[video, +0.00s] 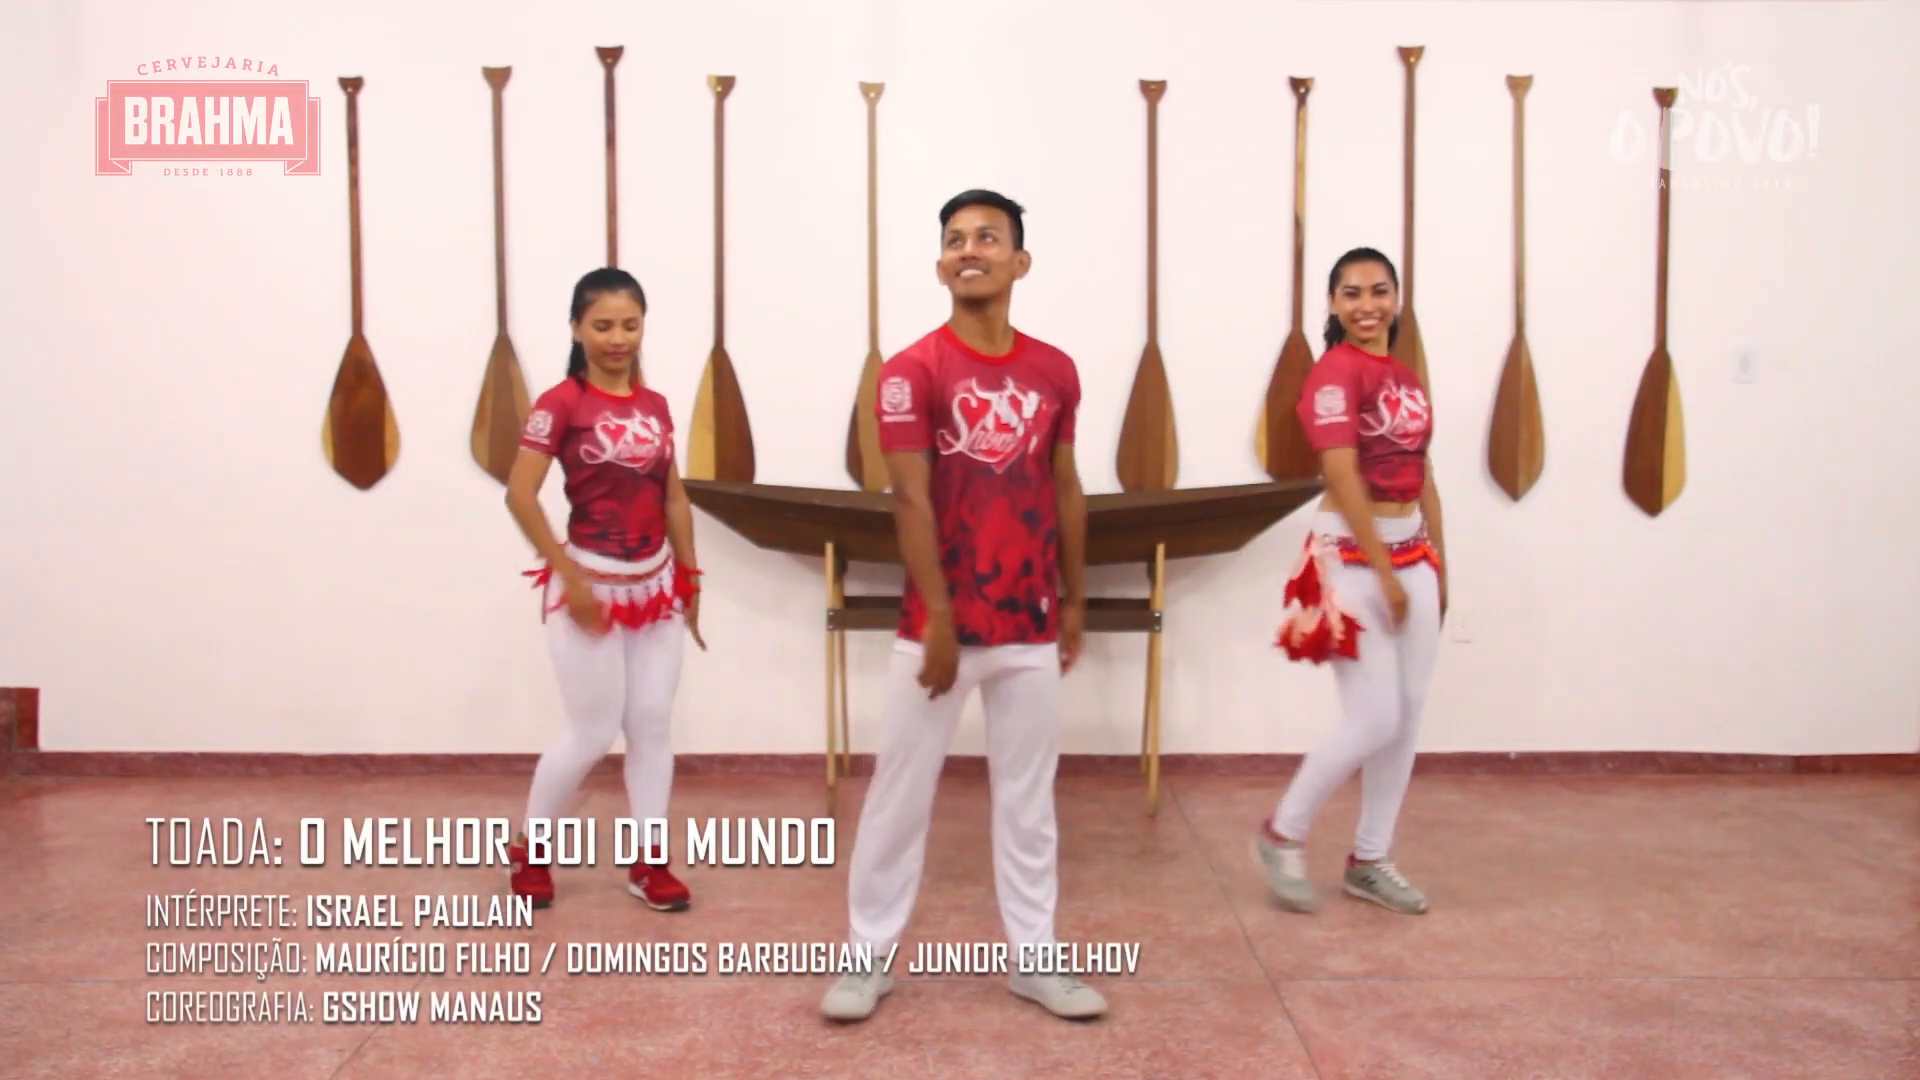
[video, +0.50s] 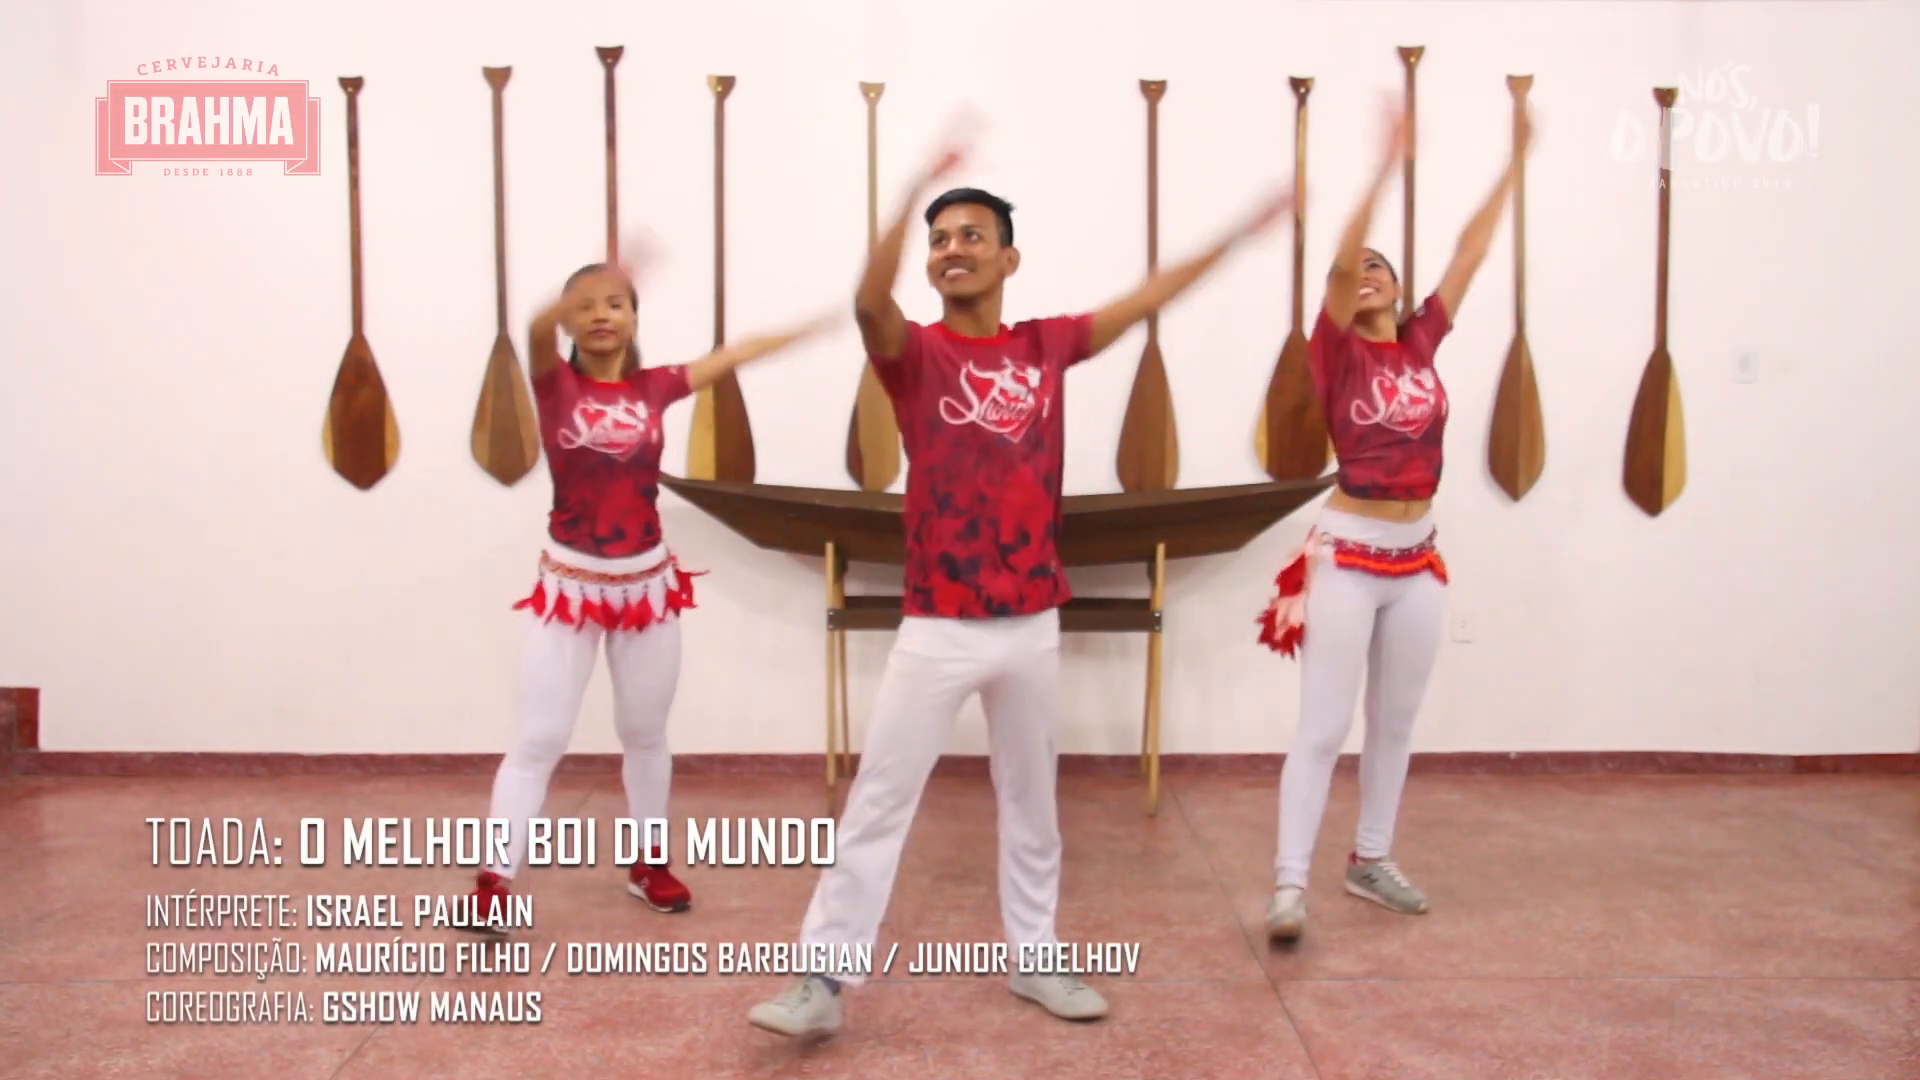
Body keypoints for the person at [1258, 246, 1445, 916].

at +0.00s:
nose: (1367, 303)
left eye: (1379, 291)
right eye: (1352, 293)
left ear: (1396, 301)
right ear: (1333, 304)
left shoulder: (1403, 377)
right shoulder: (1334, 374)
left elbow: (1420, 478)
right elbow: (1340, 478)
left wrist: (1435, 565)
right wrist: (1382, 570)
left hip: (1411, 554)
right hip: (1348, 556)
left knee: (1405, 716)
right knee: (1375, 716)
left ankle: (1369, 859)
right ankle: (1282, 835)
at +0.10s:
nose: (1365, 299)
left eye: (1377, 287)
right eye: (1350, 290)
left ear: (1395, 300)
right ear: (1332, 305)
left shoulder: (1404, 380)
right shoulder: (1336, 376)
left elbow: (1439, 464)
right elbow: (1375, 469)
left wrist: (1472, 542)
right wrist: (1430, 547)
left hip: (1411, 557)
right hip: (1349, 559)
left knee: (1408, 717)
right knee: (1391, 717)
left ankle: (1370, 860)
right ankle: (1306, 835)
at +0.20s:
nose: (1360, 284)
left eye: (1371, 274)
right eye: (1344, 280)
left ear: (1392, 294)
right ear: (1329, 305)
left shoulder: (1410, 368)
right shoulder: (1335, 362)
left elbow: (1466, 413)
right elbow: (1395, 419)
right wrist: (1467, 453)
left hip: (1414, 554)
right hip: (1348, 556)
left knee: (1409, 714)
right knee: (1382, 710)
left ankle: (1368, 858)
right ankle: (1297, 833)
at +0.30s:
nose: (1363, 279)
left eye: (1372, 270)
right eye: (1346, 276)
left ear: (1394, 289)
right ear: (1331, 303)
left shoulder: (1420, 344)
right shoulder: (1334, 350)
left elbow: (1467, 348)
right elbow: (1399, 343)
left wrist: (1547, 338)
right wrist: (1501, 342)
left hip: (1416, 551)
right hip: (1349, 551)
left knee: (1403, 716)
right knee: (1354, 708)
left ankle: (1369, 860)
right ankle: (1286, 850)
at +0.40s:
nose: (1366, 272)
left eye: (1376, 264)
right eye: (1351, 268)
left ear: (1394, 281)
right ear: (1334, 295)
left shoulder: (1423, 337)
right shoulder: (1334, 351)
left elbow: (1496, 277)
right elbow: (1369, 289)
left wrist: (1573, 211)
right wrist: (1466, 225)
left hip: (1419, 550)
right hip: (1351, 546)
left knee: (1400, 719)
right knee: (1329, 718)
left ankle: (1370, 860)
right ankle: (1285, 879)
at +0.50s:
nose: (1373, 275)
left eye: (1380, 269)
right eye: (1359, 271)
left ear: (1397, 290)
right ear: (1338, 296)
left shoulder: (1418, 343)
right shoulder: (1332, 356)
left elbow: (1469, 249)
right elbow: (1344, 262)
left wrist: (1515, 162)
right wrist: (1385, 170)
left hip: (1417, 562)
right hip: (1344, 559)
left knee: (1395, 726)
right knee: (1322, 731)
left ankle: (1372, 860)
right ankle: (1289, 887)